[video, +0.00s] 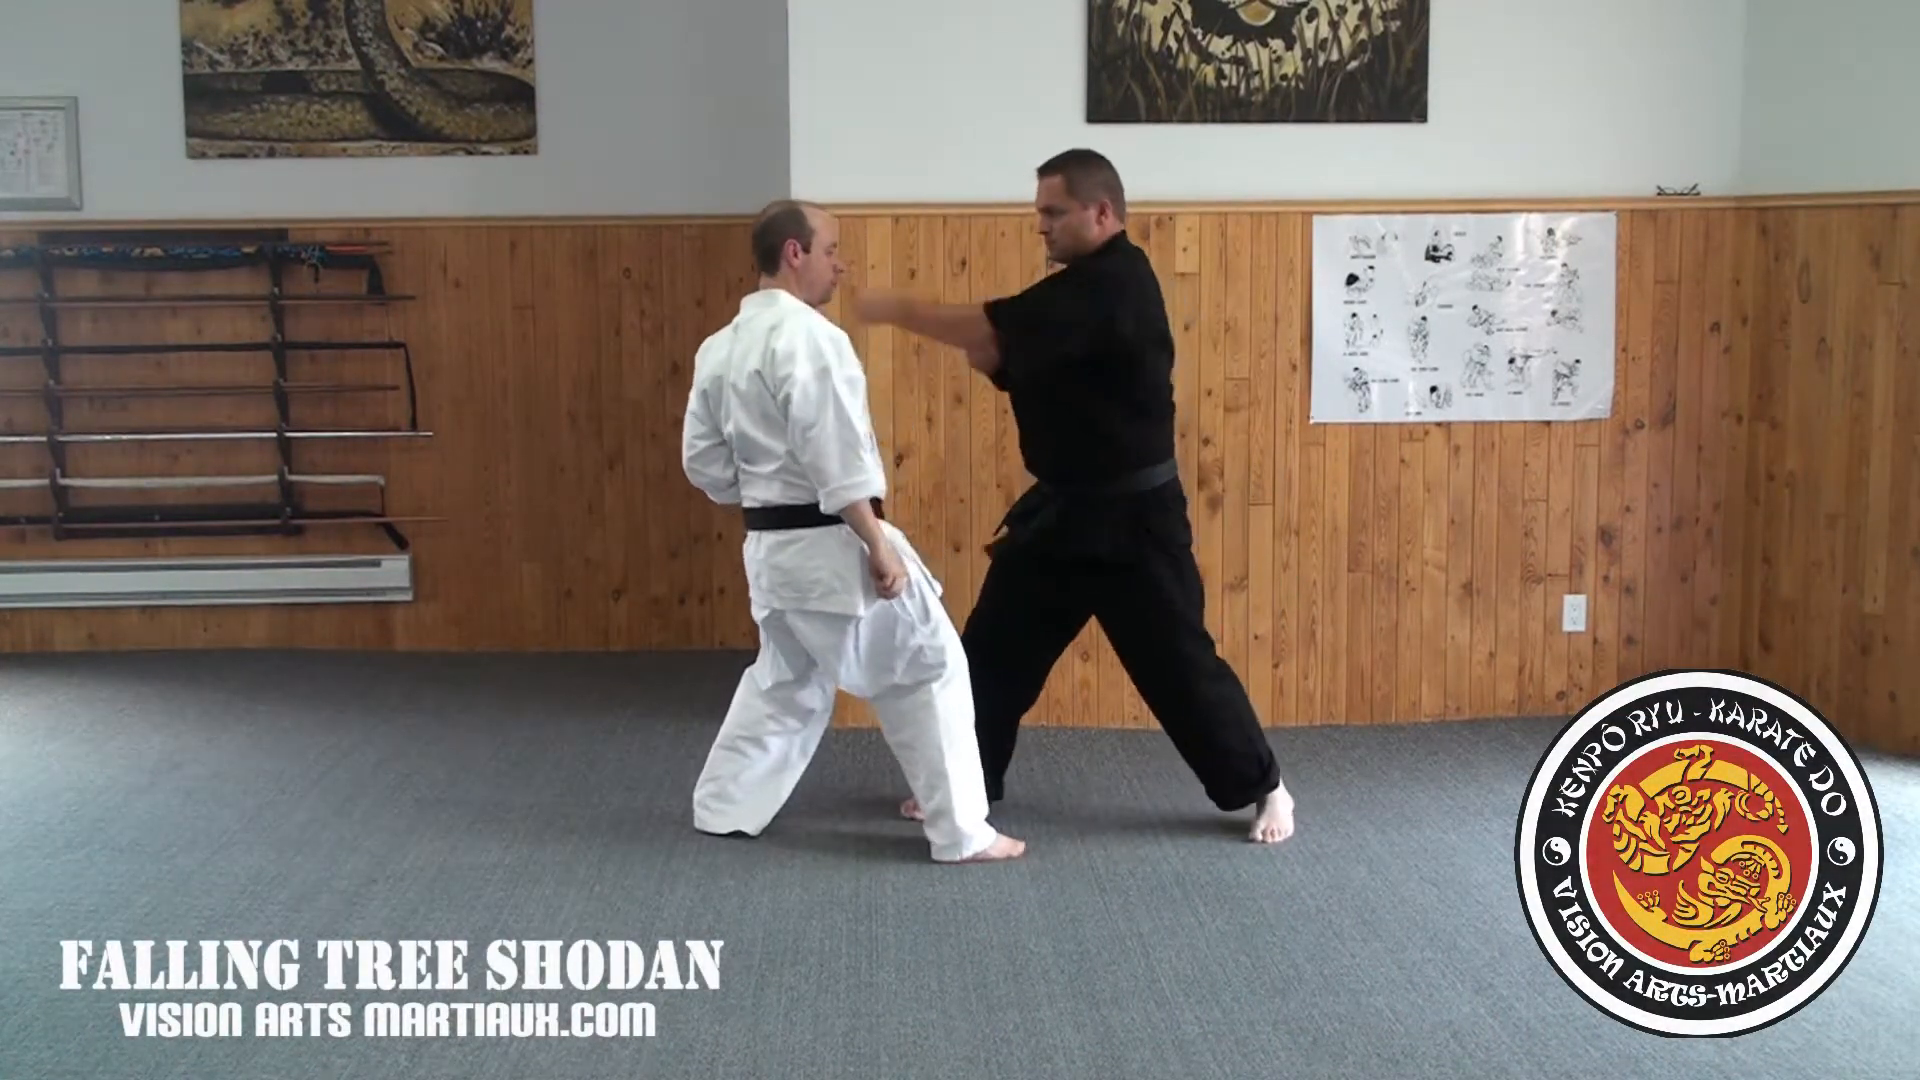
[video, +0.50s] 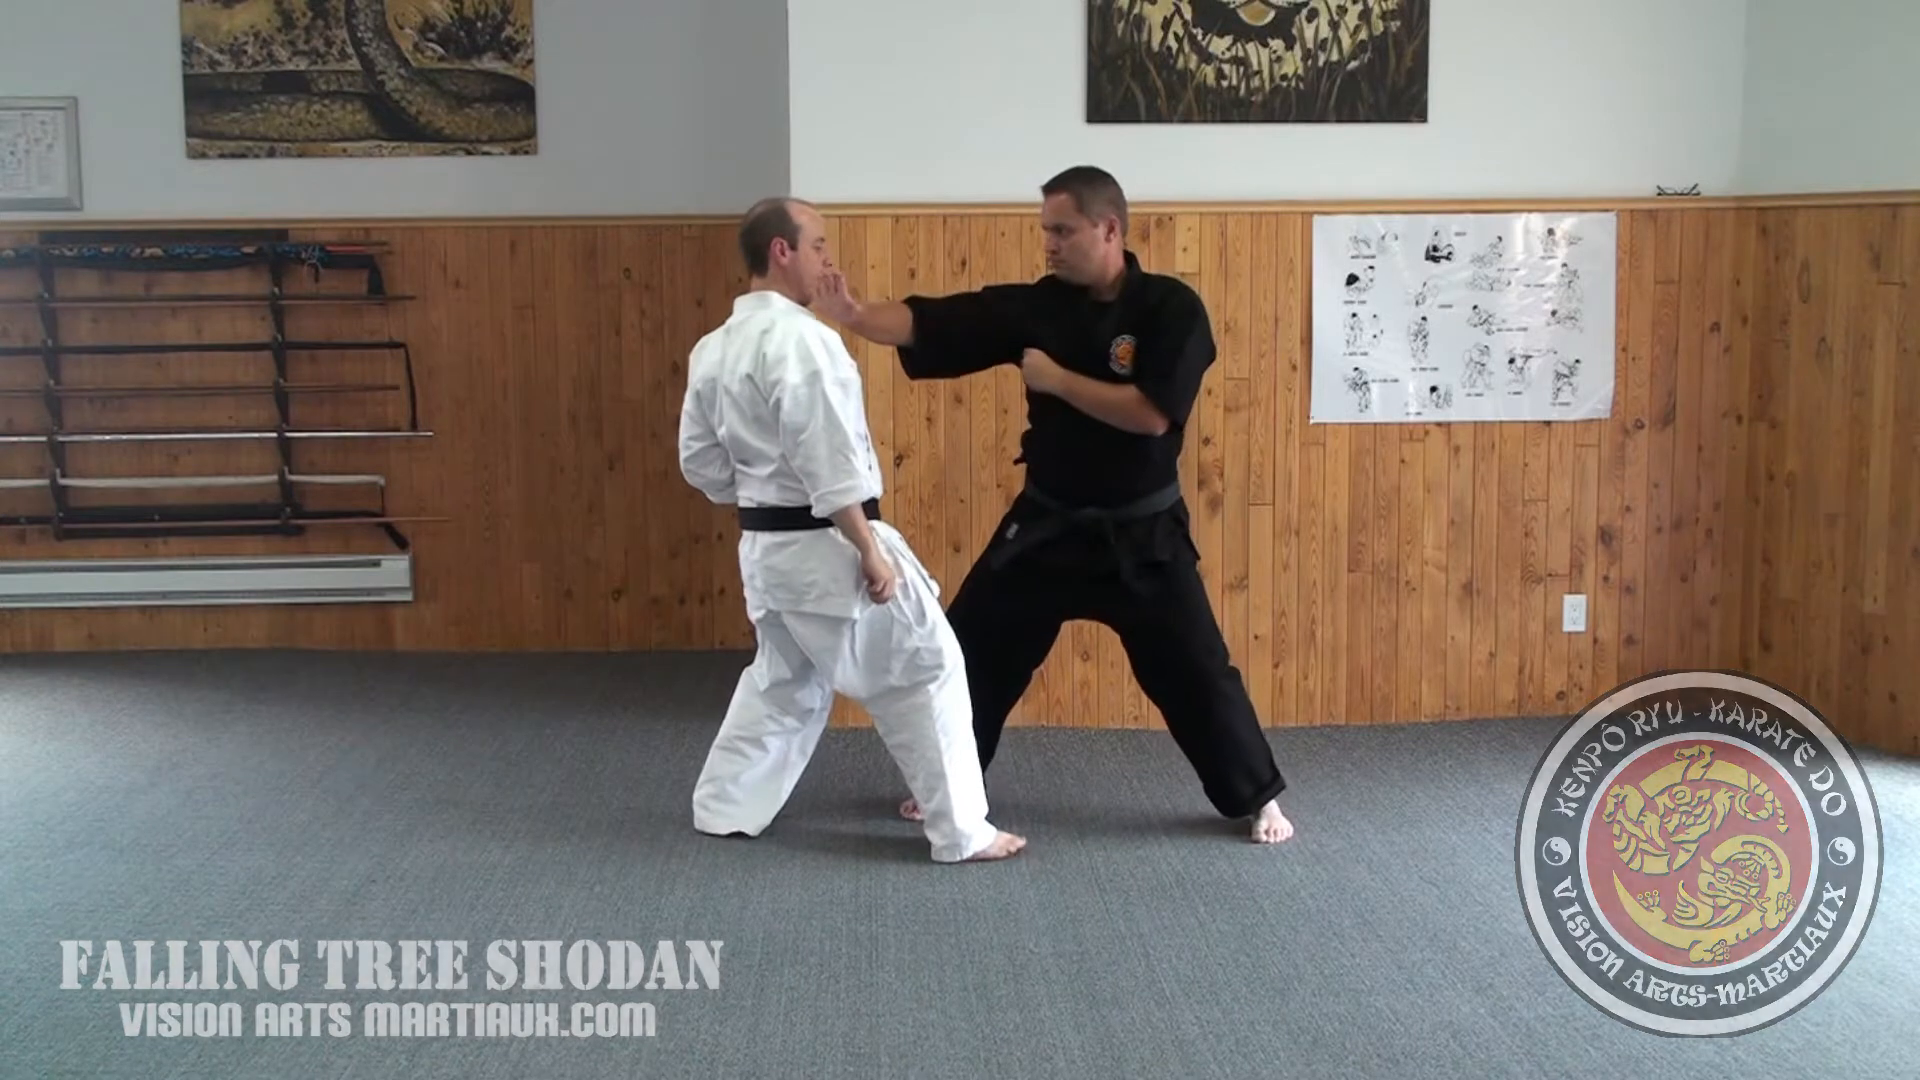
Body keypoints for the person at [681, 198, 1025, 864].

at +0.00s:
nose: (839, 267)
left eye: (838, 253)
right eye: (830, 253)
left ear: (779, 257)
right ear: (793, 254)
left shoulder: (716, 349)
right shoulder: (810, 338)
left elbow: (704, 463)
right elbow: (834, 452)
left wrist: (767, 503)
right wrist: (877, 542)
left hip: (768, 550)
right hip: (834, 545)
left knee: (785, 676)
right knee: (930, 667)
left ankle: (721, 806)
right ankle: (962, 830)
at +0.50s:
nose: (829, 261)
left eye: (827, 246)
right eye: (818, 246)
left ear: (768, 255)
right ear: (781, 252)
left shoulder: (711, 350)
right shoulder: (804, 343)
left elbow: (700, 461)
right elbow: (827, 459)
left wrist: (761, 503)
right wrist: (869, 549)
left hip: (764, 550)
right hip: (830, 548)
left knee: (782, 679)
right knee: (927, 668)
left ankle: (722, 807)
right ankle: (962, 830)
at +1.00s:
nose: (835, 262)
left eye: (833, 248)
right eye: (826, 248)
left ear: (775, 256)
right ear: (790, 253)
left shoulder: (714, 351)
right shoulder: (813, 343)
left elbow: (703, 463)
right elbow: (841, 458)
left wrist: (761, 505)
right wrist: (882, 547)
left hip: (768, 549)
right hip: (837, 546)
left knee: (782, 677)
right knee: (932, 664)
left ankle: (721, 807)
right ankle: (963, 831)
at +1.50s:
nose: (802, 265)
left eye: (800, 251)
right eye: (795, 251)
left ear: (743, 258)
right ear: (762, 254)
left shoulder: (686, 358)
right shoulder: (791, 337)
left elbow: (690, 476)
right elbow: (832, 450)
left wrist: (754, 506)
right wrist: (879, 532)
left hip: (756, 548)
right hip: (831, 542)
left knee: (775, 676)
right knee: (908, 677)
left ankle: (723, 810)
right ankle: (958, 828)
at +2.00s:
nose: (714, 248)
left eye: (712, 232)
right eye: (707, 232)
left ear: (653, 235)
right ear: (674, 233)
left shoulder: (588, 320)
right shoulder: (688, 321)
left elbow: (547, 423)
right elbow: (710, 446)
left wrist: (533, 506)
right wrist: (755, 531)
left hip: (612, 535)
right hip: (679, 538)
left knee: (692, 674)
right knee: (681, 683)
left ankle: (715, 807)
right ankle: (601, 820)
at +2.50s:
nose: (651, 245)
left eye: (648, 230)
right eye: (643, 231)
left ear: (593, 237)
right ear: (608, 234)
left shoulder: (532, 316)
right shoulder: (613, 327)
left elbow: (501, 441)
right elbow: (601, 447)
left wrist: (557, 493)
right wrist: (619, 551)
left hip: (535, 530)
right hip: (602, 540)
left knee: (548, 678)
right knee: (647, 684)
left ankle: (510, 795)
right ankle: (608, 838)